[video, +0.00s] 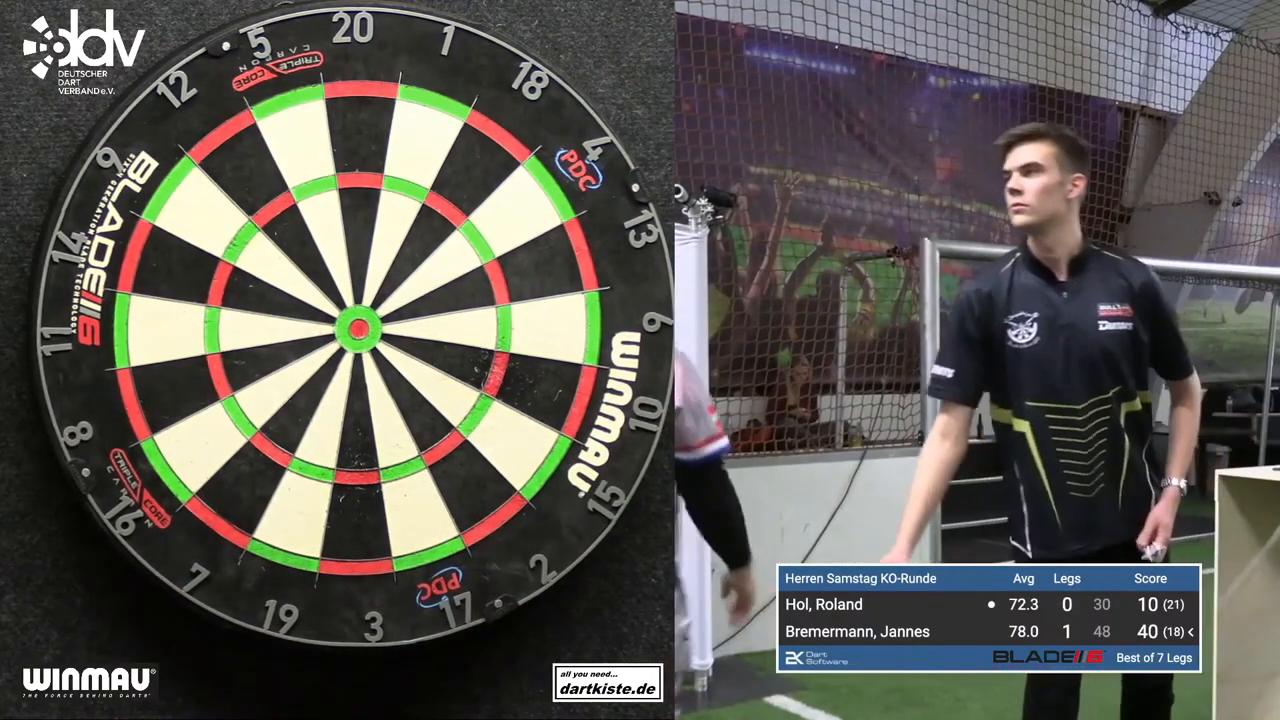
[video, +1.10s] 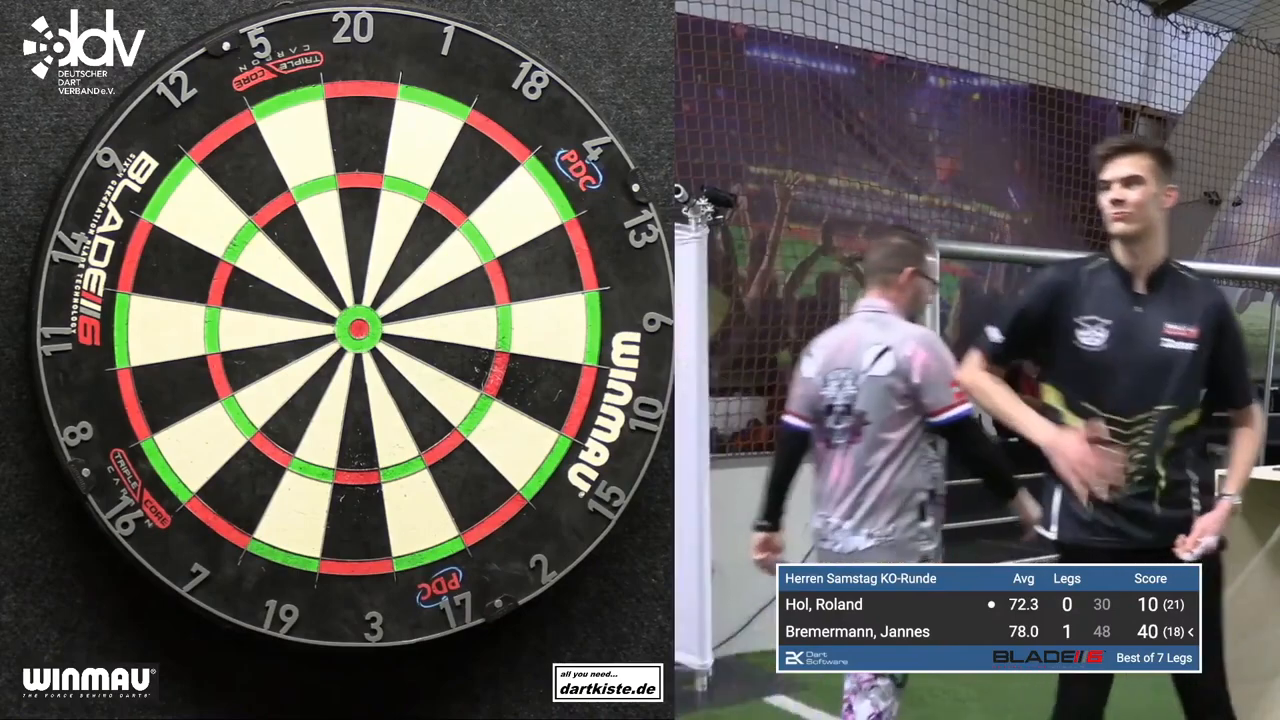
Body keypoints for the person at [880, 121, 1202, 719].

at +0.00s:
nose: (1013, 187)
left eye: (1030, 173)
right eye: (1008, 177)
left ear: (1075, 186)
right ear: (1003, 192)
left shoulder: (1133, 285)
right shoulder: (985, 299)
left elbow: (1186, 391)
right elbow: (950, 431)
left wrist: (1172, 493)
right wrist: (900, 550)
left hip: (1134, 530)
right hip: (1044, 538)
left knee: (1151, 687)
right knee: (1051, 695)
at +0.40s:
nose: (1003, 186)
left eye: (1021, 172)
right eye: (998, 176)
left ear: (1066, 187)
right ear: (996, 191)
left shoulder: (1126, 285)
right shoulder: (977, 301)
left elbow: (1175, 402)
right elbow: (945, 435)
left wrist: (1154, 503)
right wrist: (940, 549)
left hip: (1126, 534)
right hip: (1037, 544)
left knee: (1143, 686)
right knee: (1049, 697)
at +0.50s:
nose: (1012, 186)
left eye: (1030, 172)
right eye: (1008, 176)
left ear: (1074, 186)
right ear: (1004, 190)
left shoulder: (1131, 289)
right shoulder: (979, 299)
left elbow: (1171, 411)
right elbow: (953, 431)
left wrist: (1141, 508)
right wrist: (995, 535)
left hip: (1125, 543)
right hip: (1034, 551)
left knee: (1136, 697)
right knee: (1048, 700)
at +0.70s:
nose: (1042, 188)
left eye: (1059, 175)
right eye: (1035, 179)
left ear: (1102, 189)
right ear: (1028, 193)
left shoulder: (1148, 295)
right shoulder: (996, 293)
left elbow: (1182, 418)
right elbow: (945, 404)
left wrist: (1148, 502)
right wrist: (1031, 454)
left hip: (1132, 537)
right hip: (1040, 538)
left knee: (1142, 695)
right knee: (1052, 696)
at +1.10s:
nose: (1117, 197)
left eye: (1133, 184)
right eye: (1107, 187)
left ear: (1169, 196)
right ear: (1098, 202)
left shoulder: (1205, 304)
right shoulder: (1063, 287)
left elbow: (1247, 419)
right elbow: (973, 370)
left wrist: (1224, 505)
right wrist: (1054, 438)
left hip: (1180, 542)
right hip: (1088, 540)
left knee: (1206, 700)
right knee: (1080, 699)